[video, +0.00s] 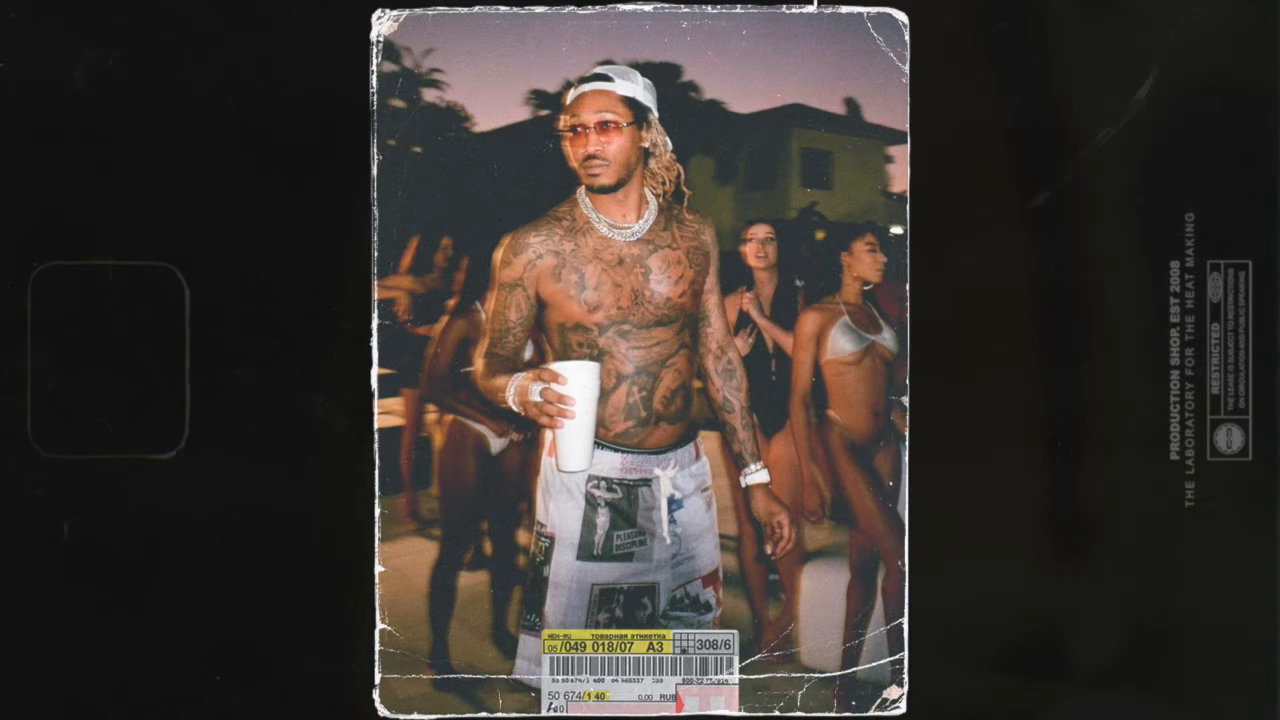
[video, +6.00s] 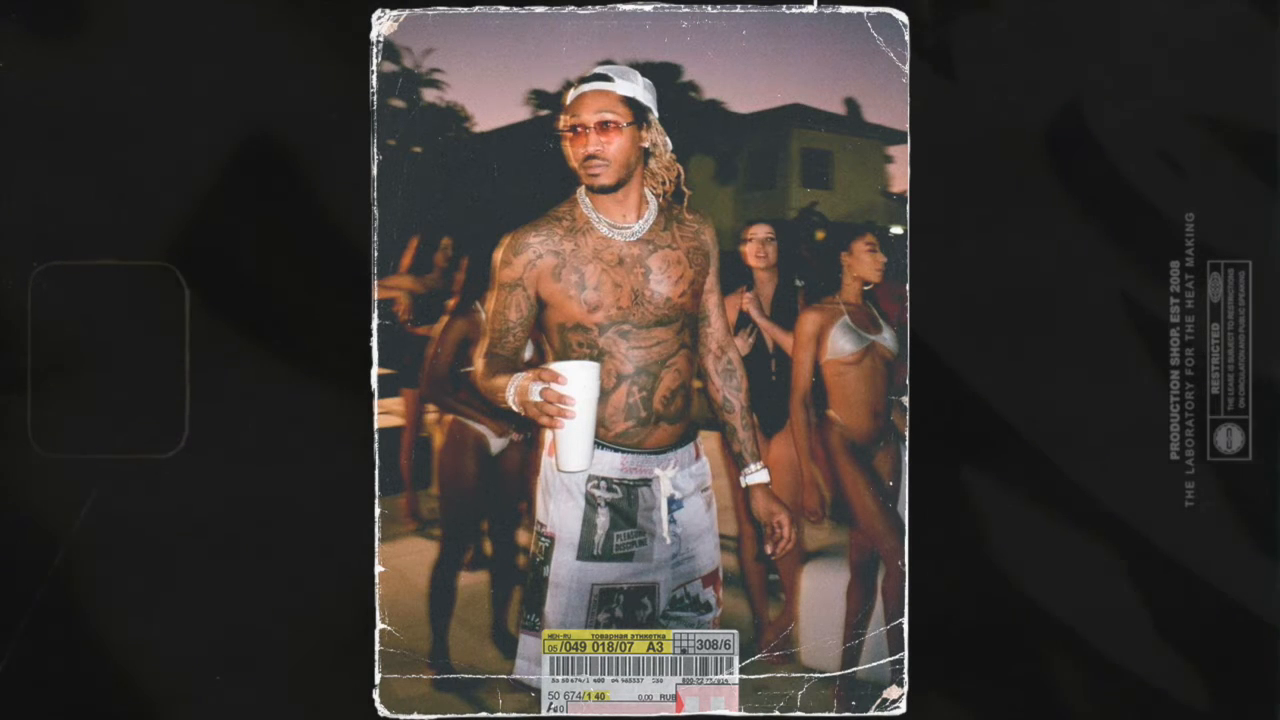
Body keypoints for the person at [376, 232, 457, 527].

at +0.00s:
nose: (446, 254)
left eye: (450, 249)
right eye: (442, 247)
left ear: (456, 254)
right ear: (431, 250)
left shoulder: (456, 280)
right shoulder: (415, 282)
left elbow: (461, 313)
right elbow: (393, 285)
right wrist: (404, 294)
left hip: (445, 351)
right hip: (416, 349)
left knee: (449, 427)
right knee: (412, 428)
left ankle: (452, 499)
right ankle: (410, 502)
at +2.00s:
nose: (445, 254)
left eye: (450, 249)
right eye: (442, 247)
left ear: (456, 253)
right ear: (432, 249)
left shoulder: (459, 273)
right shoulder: (419, 244)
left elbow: (461, 303)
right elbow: (398, 283)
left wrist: (436, 327)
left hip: (446, 346)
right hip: (417, 344)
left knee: (450, 426)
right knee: (413, 427)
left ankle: (454, 500)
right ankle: (410, 504)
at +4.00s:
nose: (445, 254)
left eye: (450, 250)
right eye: (441, 248)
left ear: (456, 255)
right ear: (431, 251)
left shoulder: (455, 281)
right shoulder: (414, 283)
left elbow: (461, 303)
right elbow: (395, 284)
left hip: (445, 350)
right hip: (416, 348)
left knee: (450, 425)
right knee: (413, 427)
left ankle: (451, 498)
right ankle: (410, 500)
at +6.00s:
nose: (446, 255)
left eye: (451, 250)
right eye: (442, 249)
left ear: (455, 255)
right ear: (431, 252)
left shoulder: (454, 283)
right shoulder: (414, 283)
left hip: (445, 353)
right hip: (416, 350)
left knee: (449, 426)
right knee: (413, 427)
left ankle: (450, 498)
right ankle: (410, 499)